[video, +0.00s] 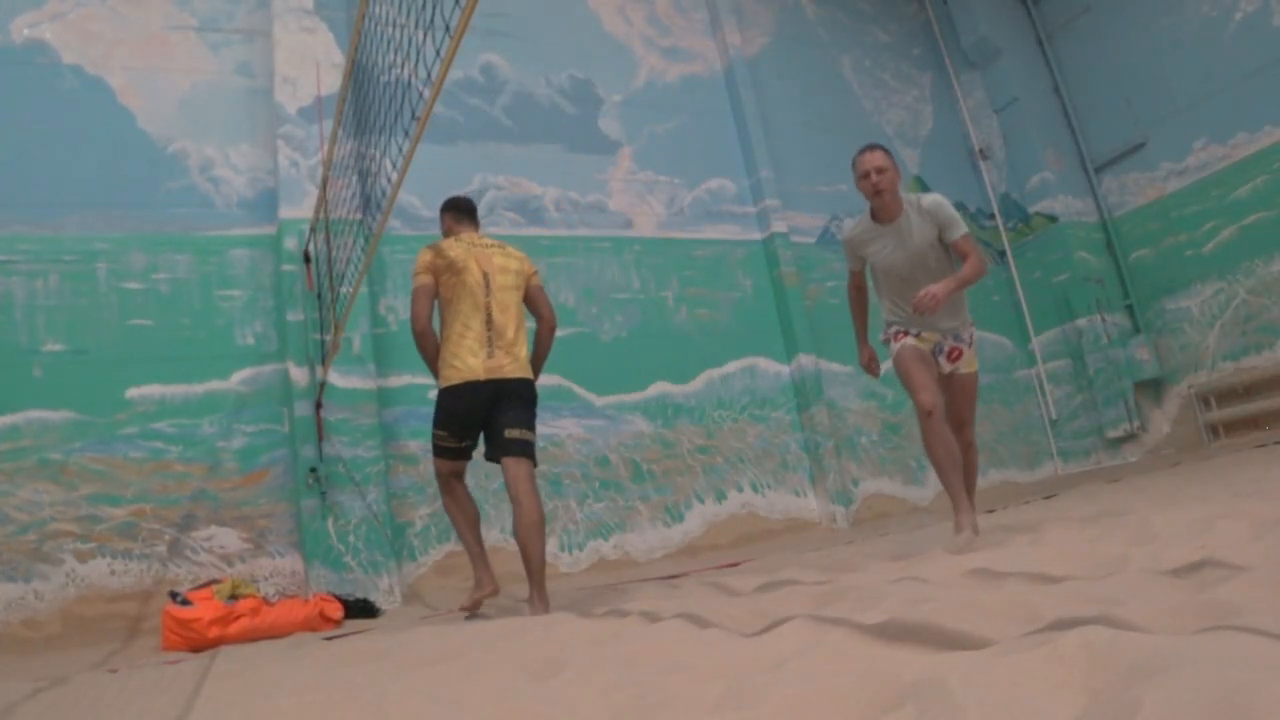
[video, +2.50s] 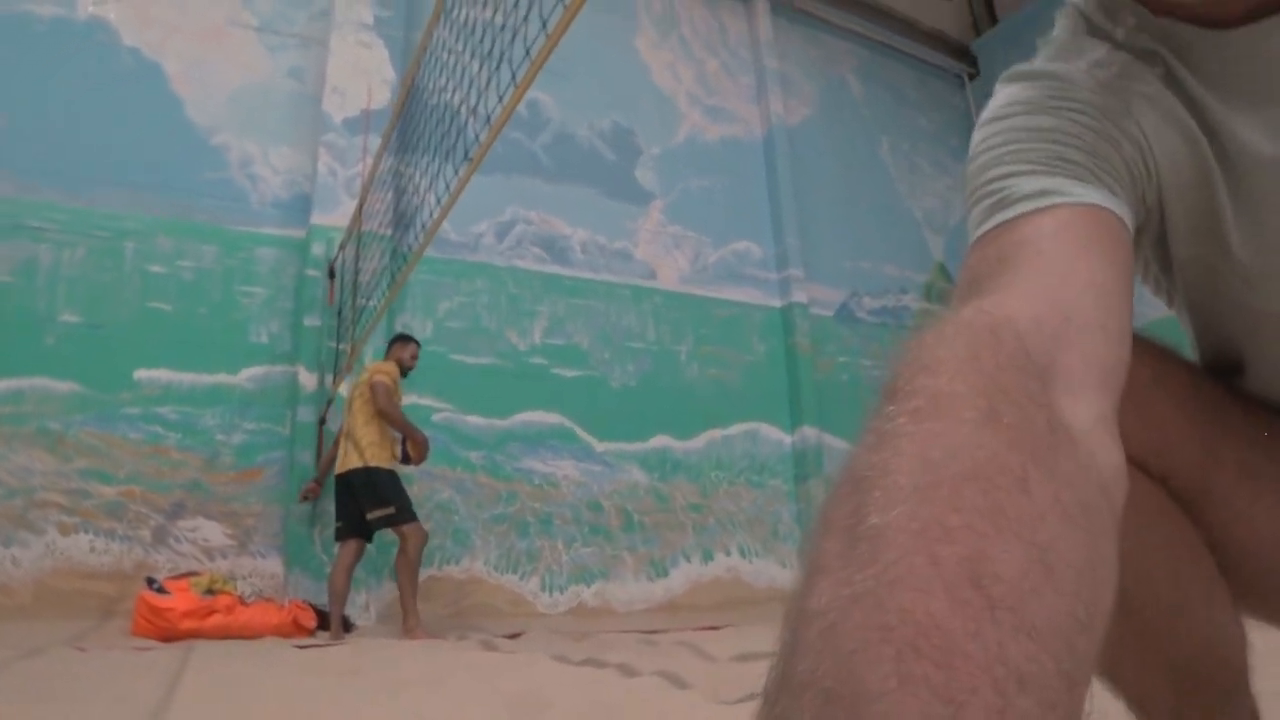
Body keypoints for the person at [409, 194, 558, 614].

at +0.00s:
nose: (441, 233)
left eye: (441, 227)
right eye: (445, 228)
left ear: (446, 224)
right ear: (478, 224)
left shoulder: (435, 254)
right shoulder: (512, 255)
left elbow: (420, 324)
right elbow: (548, 320)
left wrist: (443, 374)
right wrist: (531, 372)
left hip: (461, 385)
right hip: (516, 383)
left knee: (450, 477)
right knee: (523, 484)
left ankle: (483, 576)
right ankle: (538, 596)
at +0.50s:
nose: (406, 269)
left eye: (405, 264)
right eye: (412, 263)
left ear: (407, 263)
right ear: (437, 261)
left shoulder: (394, 300)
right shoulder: (468, 289)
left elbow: (383, 369)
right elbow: (501, 336)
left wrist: (387, 427)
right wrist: (503, 381)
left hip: (428, 413)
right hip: (473, 408)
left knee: (450, 508)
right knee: (479, 482)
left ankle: (474, 599)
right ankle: (489, 560)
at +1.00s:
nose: (413, 306)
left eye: (412, 301)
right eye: (421, 302)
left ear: (411, 300)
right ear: (437, 303)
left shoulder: (390, 330)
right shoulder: (457, 332)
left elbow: (370, 387)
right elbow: (480, 382)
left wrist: (369, 432)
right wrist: (472, 415)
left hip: (407, 439)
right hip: (449, 438)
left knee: (399, 506)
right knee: (456, 520)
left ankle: (411, 558)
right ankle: (468, 601)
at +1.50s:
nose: (386, 339)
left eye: (379, 333)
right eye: (389, 334)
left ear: (367, 333)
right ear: (391, 332)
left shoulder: (350, 365)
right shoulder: (395, 353)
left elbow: (329, 412)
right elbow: (412, 389)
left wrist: (315, 452)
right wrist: (438, 418)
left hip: (369, 466)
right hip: (405, 459)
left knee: (368, 539)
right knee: (439, 525)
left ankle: (362, 615)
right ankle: (457, 601)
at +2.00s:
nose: (381, 352)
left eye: (375, 347)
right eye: (382, 347)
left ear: (358, 344)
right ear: (382, 344)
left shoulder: (339, 375)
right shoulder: (376, 356)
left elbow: (328, 426)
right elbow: (384, 391)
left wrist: (317, 473)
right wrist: (415, 418)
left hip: (349, 466)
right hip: (378, 459)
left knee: (359, 538)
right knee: (413, 523)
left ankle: (355, 620)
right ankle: (428, 606)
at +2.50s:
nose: (414, 361)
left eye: (416, 357)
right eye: (411, 354)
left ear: (402, 355)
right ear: (394, 349)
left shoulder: (364, 381)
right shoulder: (384, 369)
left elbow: (342, 436)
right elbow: (384, 404)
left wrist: (319, 478)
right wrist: (416, 435)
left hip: (348, 472)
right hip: (373, 469)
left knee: (350, 548)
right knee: (414, 535)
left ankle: (335, 630)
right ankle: (412, 625)